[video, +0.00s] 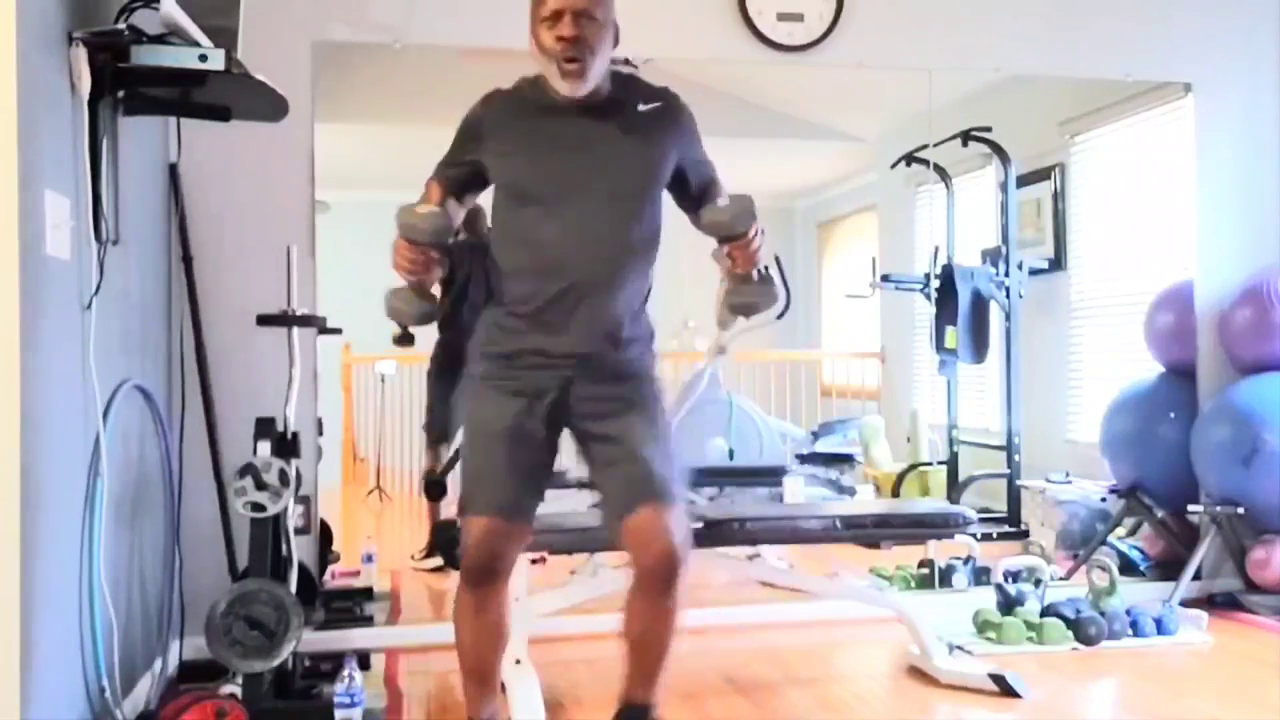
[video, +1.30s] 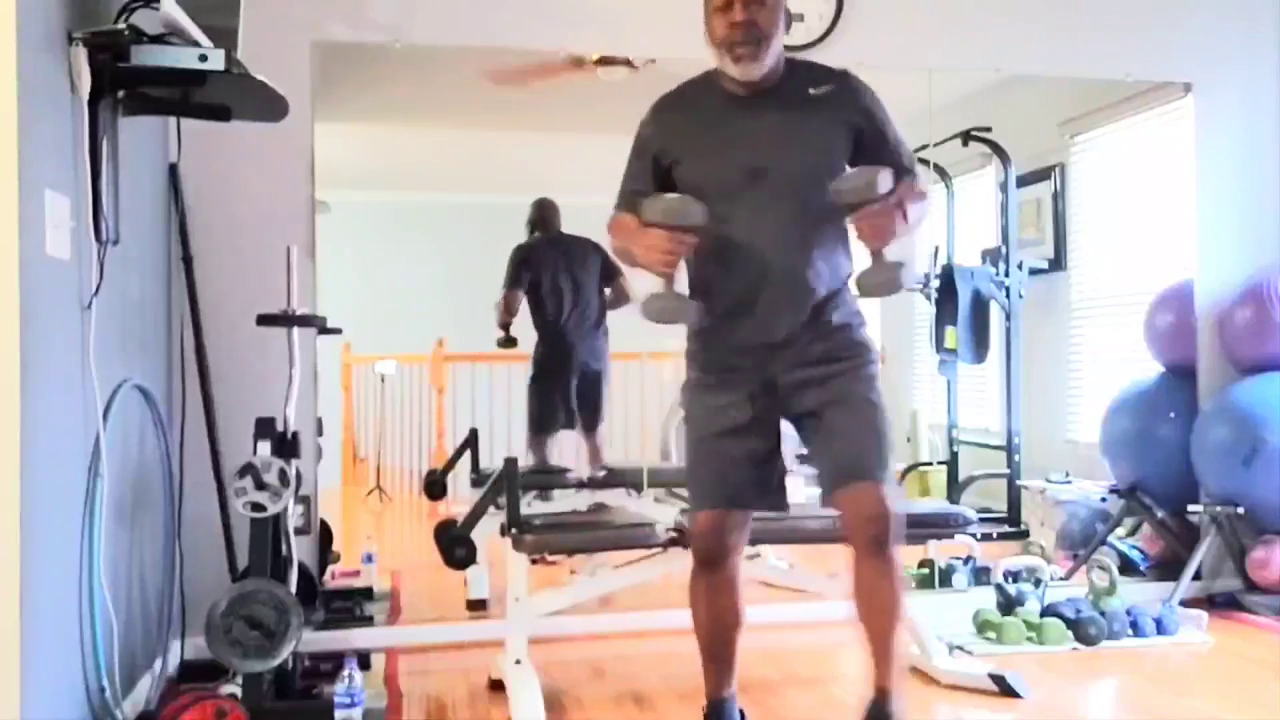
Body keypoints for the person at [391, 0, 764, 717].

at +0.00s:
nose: (568, 32)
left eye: (586, 16)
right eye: (553, 18)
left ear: (615, 25)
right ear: (533, 29)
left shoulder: (662, 116)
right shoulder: (494, 116)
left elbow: (715, 210)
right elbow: (437, 205)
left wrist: (742, 247)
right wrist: (417, 245)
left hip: (617, 366)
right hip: (509, 364)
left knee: (661, 552)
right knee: (484, 554)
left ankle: (637, 710)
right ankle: (485, 712)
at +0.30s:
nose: (557, 20)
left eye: (575, 6)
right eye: (542, 6)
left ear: (605, 20)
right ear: (524, 18)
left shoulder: (654, 109)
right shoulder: (486, 111)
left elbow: (709, 198)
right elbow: (428, 210)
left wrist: (698, 233)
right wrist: (439, 236)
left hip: (631, 361)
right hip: (517, 369)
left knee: (700, 529)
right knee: (489, 550)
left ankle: (721, 695)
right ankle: (482, 710)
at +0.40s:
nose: (575, 52)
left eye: (590, 37)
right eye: (559, 38)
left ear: (617, 50)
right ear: (539, 53)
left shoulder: (668, 145)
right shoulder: (499, 145)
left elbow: (728, 262)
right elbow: (441, 257)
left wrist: (692, 262)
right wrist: (481, 267)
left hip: (643, 382)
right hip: (530, 383)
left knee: (726, 552)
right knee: (487, 564)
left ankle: (783, 709)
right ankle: (482, 714)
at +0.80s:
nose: (680, 83)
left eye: (696, 70)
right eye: (666, 70)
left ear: (723, 84)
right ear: (645, 84)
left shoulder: (772, 172)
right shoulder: (605, 177)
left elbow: (828, 268)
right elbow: (557, 277)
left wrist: (805, 279)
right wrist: (577, 290)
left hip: (747, 404)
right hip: (637, 402)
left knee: (805, 565)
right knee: (563, 565)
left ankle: (807, 717)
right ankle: (517, 706)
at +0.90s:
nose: (693, 49)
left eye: (709, 34)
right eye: (679, 35)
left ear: (739, 44)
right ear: (660, 49)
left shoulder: (791, 138)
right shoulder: (624, 144)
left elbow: (840, 242)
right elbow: (584, 252)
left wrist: (840, 255)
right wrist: (584, 281)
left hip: (765, 378)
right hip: (654, 377)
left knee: (800, 559)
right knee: (592, 548)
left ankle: (805, 713)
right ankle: (577, 692)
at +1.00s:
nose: (716, 31)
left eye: (732, 17)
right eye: (700, 19)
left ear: (761, 29)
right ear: (682, 33)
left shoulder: (812, 120)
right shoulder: (644, 123)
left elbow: (874, 207)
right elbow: (600, 229)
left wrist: (881, 236)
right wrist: (581, 255)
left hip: (781, 366)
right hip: (675, 366)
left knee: (803, 556)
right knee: (639, 551)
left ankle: (808, 713)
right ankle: (685, 689)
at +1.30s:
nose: (740, 18)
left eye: (756, 4)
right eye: (723, 6)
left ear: (785, 13)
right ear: (705, 19)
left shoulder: (843, 98)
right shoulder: (672, 116)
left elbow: (912, 186)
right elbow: (622, 224)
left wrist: (897, 212)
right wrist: (638, 243)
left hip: (829, 346)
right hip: (723, 358)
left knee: (874, 520)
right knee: (712, 539)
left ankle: (885, 702)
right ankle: (721, 705)